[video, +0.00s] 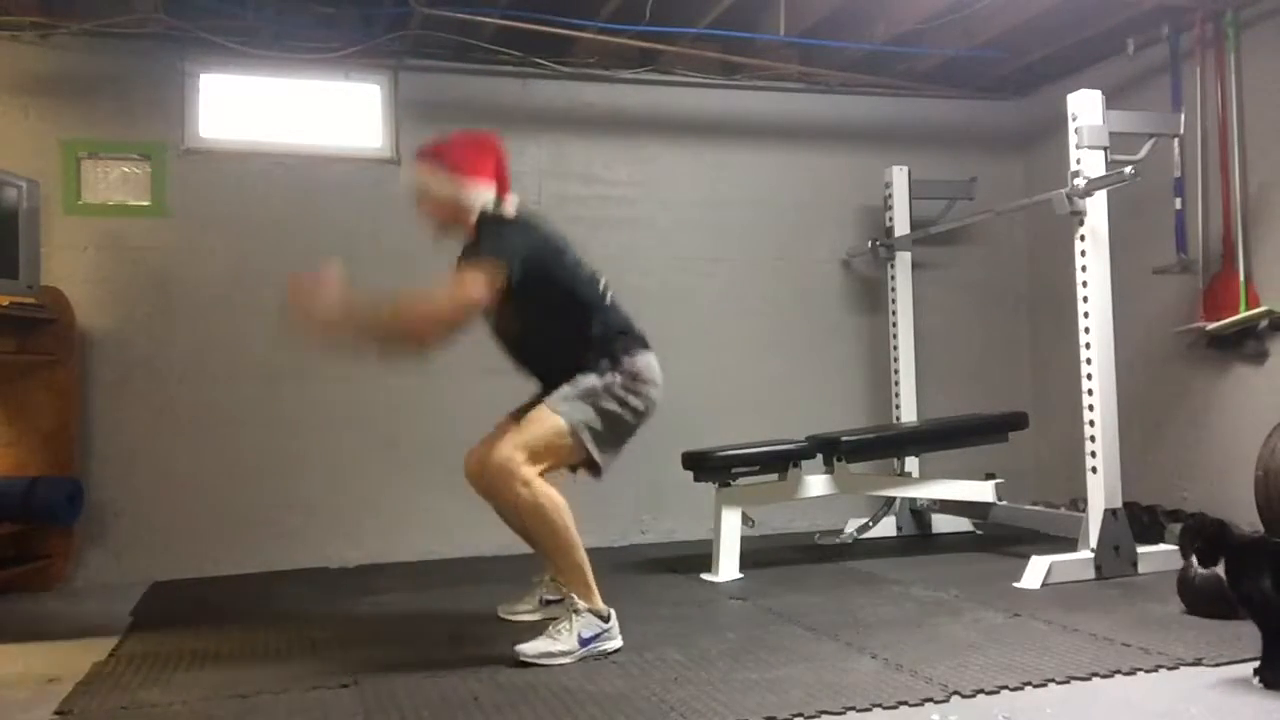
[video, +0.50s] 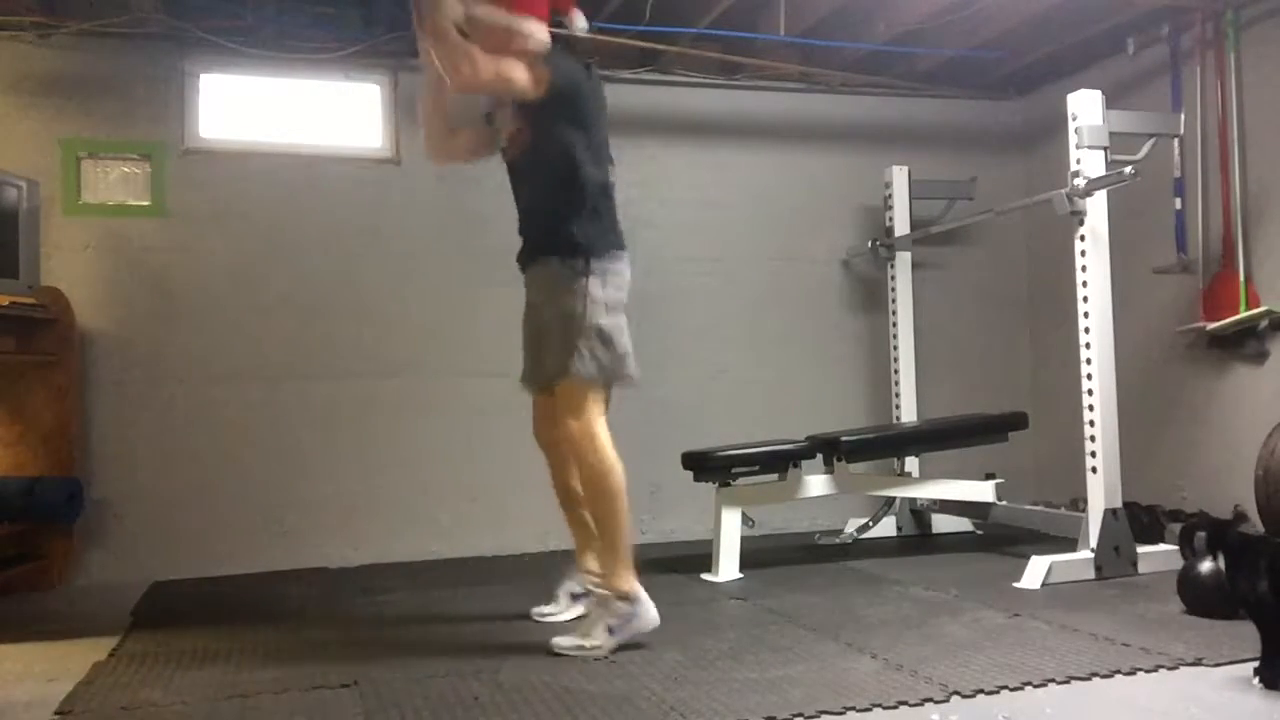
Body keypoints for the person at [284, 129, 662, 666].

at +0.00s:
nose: (423, 207)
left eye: (430, 192)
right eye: (422, 193)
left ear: (467, 188)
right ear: (471, 191)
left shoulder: (506, 234)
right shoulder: (486, 242)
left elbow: (437, 319)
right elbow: (430, 332)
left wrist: (346, 309)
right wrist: (351, 322)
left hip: (619, 374)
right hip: (582, 377)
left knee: (507, 464)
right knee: (487, 465)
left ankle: (593, 614)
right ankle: (566, 579)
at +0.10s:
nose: (437, 135)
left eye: (445, 121)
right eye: (435, 122)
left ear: (482, 118)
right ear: (476, 121)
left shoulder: (527, 168)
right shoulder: (486, 182)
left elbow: (435, 203)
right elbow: (422, 246)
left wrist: (375, 176)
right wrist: (383, 187)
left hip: (603, 336)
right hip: (567, 342)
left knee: (513, 453)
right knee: (499, 457)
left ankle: (593, 612)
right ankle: (566, 577)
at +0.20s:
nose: (461, 83)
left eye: (467, 67)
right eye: (453, 70)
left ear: (501, 56)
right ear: (458, 68)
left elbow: (467, 106)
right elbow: (416, 164)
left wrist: (411, 66)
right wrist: (394, 81)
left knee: (556, 413)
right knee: (521, 415)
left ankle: (584, 589)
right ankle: (550, 562)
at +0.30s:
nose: (468, 29)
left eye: (474, 19)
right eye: (467, 23)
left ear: (512, 10)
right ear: (493, 25)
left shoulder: (545, 47)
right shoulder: (503, 84)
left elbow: (444, 53)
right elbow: (426, 128)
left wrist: (411, 17)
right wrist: (408, 52)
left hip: (592, 239)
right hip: (552, 249)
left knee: (568, 386)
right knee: (534, 388)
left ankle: (589, 554)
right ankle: (550, 537)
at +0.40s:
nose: (474, 23)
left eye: (479, 14)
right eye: (474, 18)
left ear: (512, 5)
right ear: (502, 19)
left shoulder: (552, 40)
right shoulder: (510, 76)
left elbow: (452, 43)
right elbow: (432, 120)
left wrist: (418, 4)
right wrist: (419, 44)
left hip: (590, 235)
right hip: (553, 243)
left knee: (575, 387)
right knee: (541, 390)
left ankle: (603, 558)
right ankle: (569, 545)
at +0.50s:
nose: (482, 41)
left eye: (486, 27)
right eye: (480, 31)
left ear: (528, 22)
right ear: (514, 36)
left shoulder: (565, 71)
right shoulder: (523, 102)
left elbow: (463, 67)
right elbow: (444, 144)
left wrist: (429, 8)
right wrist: (430, 50)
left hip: (586, 266)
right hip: (549, 271)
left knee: (583, 424)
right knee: (552, 429)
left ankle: (626, 595)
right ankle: (596, 573)